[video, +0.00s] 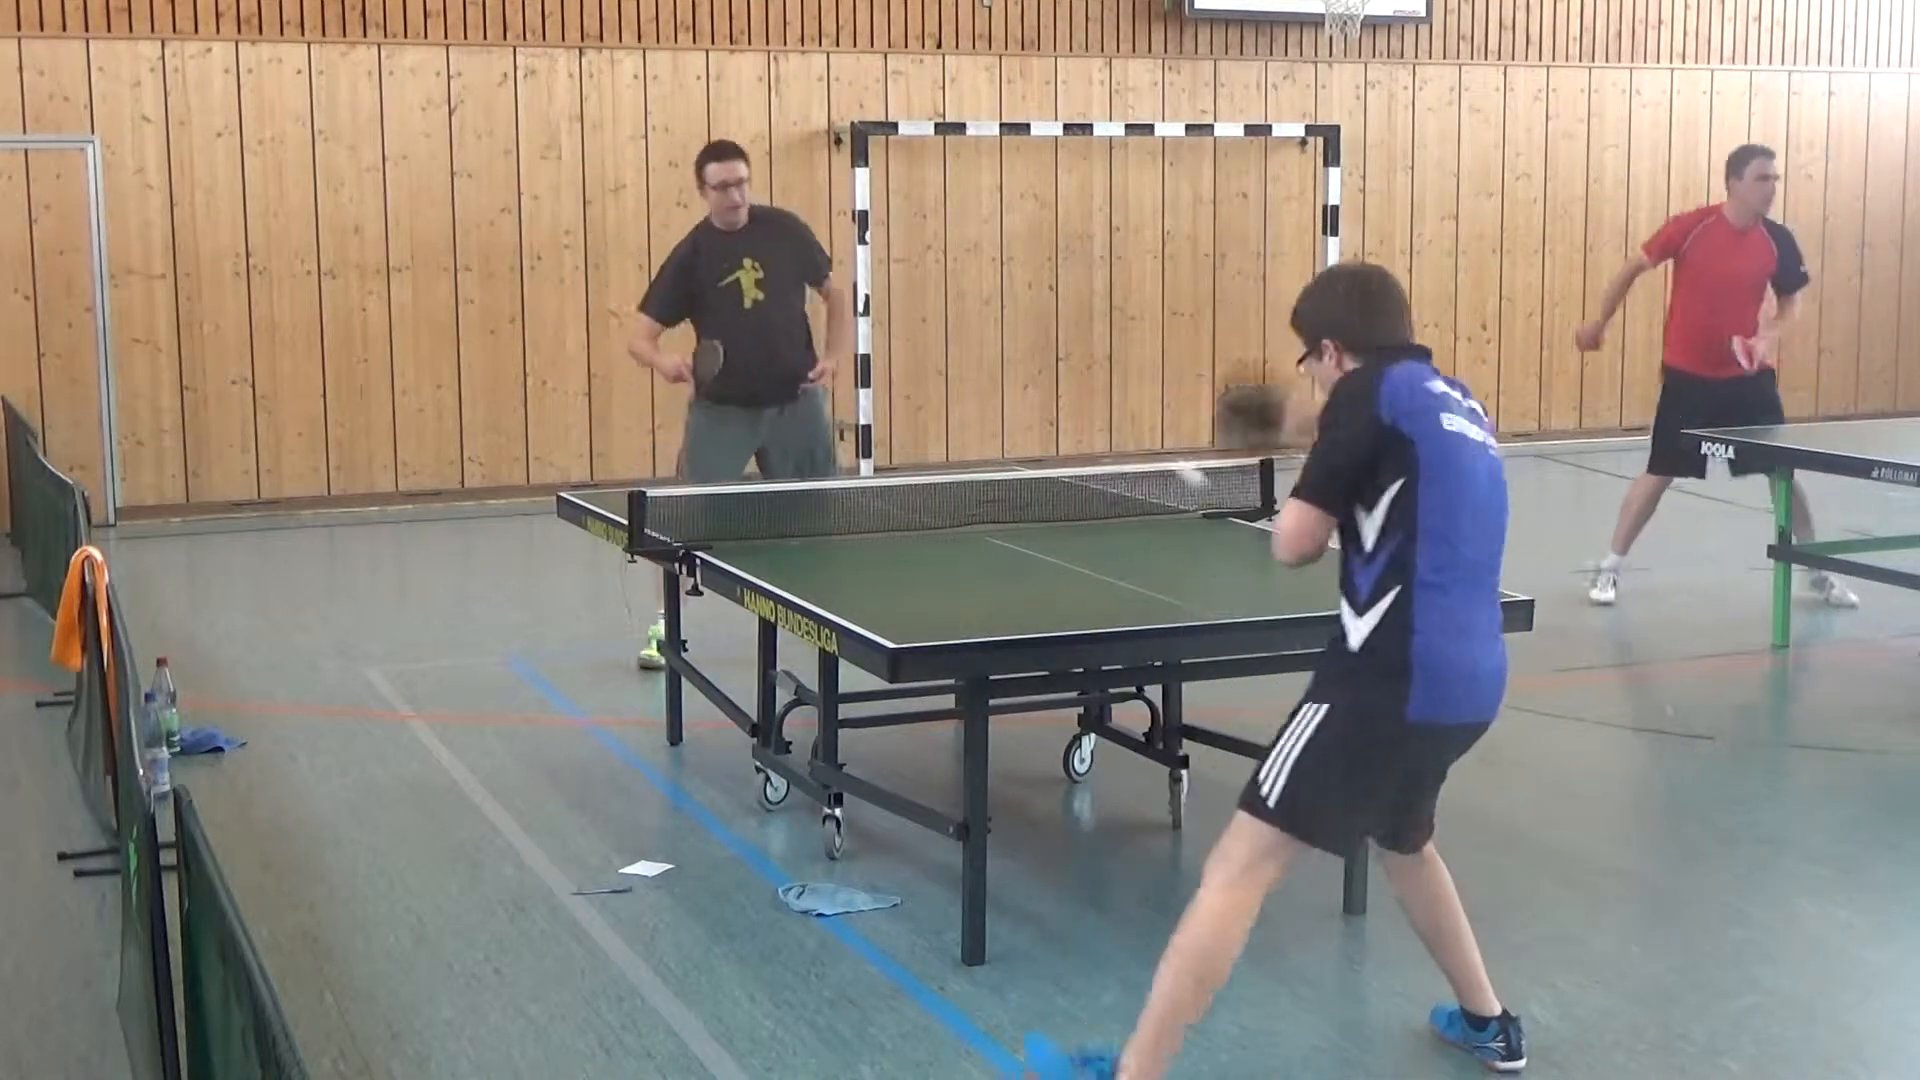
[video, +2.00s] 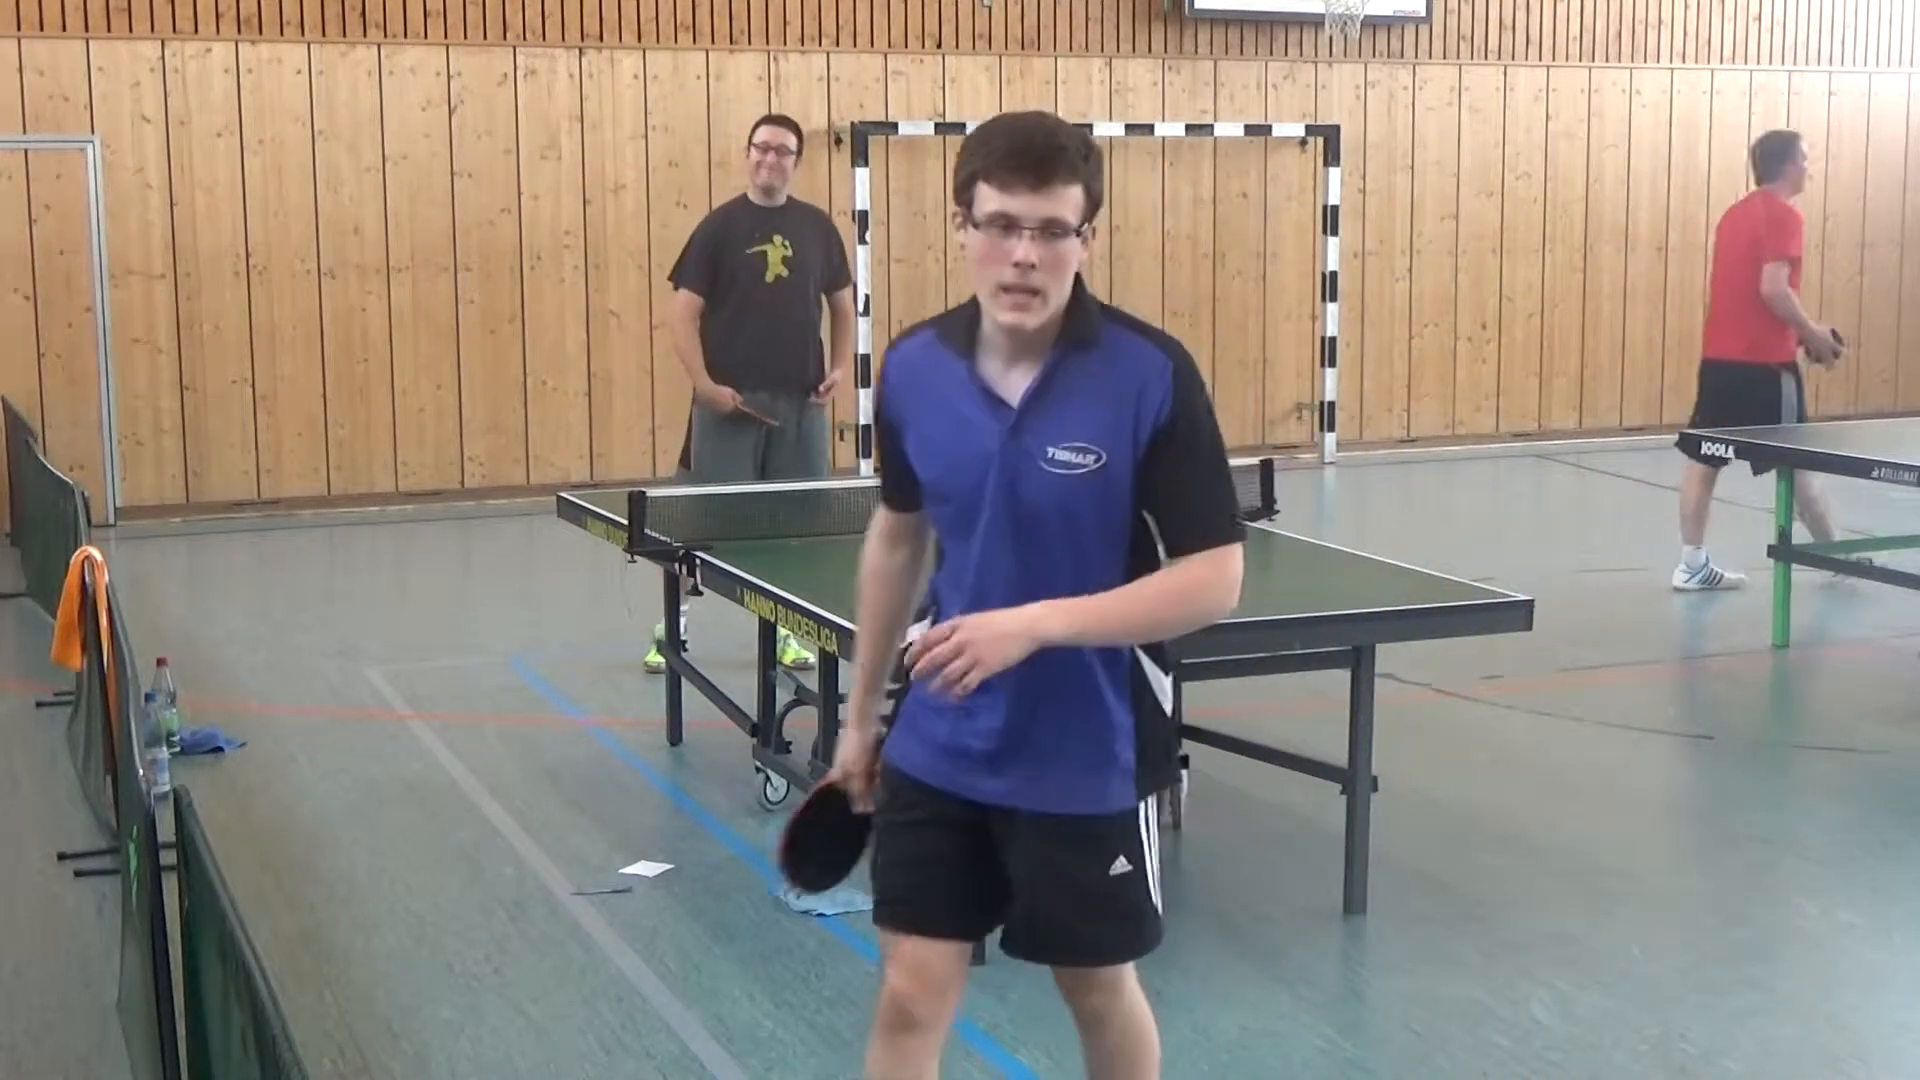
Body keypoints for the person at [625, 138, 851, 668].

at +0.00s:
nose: (733, 194)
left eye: (739, 183)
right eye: (720, 187)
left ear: (750, 182)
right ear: (702, 192)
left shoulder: (786, 229)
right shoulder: (692, 253)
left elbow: (837, 294)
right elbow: (639, 338)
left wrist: (835, 355)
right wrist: (661, 361)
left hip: (796, 406)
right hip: (721, 412)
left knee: (822, 520)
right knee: (688, 518)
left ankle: (835, 624)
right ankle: (668, 625)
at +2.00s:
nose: (771, 158)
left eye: (782, 151)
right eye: (763, 148)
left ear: (796, 162)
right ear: (746, 156)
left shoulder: (819, 227)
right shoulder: (719, 227)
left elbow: (842, 302)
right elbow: (680, 314)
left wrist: (841, 367)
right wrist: (705, 386)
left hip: (804, 402)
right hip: (730, 402)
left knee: (805, 528)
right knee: (706, 522)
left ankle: (792, 635)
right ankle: (671, 629)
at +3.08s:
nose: (771, 167)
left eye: (774, 158)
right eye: (760, 157)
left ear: (774, 164)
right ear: (727, 161)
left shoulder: (787, 226)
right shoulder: (690, 229)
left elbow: (808, 305)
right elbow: (669, 319)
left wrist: (807, 361)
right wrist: (711, 384)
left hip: (779, 398)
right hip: (709, 398)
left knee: (792, 514)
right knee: (704, 510)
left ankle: (793, 622)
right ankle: (715, 604)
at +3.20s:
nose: (755, 165)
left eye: (757, 157)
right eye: (744, 158)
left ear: (756, 162)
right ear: (711, 163)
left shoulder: (773, 219)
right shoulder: (679, 233)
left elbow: (797, 303)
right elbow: (665, 330)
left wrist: (803, 366)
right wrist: (695, 403)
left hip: (773, 394)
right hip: (705, 396)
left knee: (772, 512)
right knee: (701, 511)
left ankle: (785, 619)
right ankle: (716, 608)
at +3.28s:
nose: (745, 166)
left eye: (746, 157)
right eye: (734, 158)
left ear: (746, 161)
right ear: (701, 164)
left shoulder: (765, 218)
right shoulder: (673, 236)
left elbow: (793, 301)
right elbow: (660, 332)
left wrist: (804, 372)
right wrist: (685, 410)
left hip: (770, 394)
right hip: (704, 401)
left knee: (770, 513)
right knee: (701, 512)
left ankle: (785, 621)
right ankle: (718, 608)